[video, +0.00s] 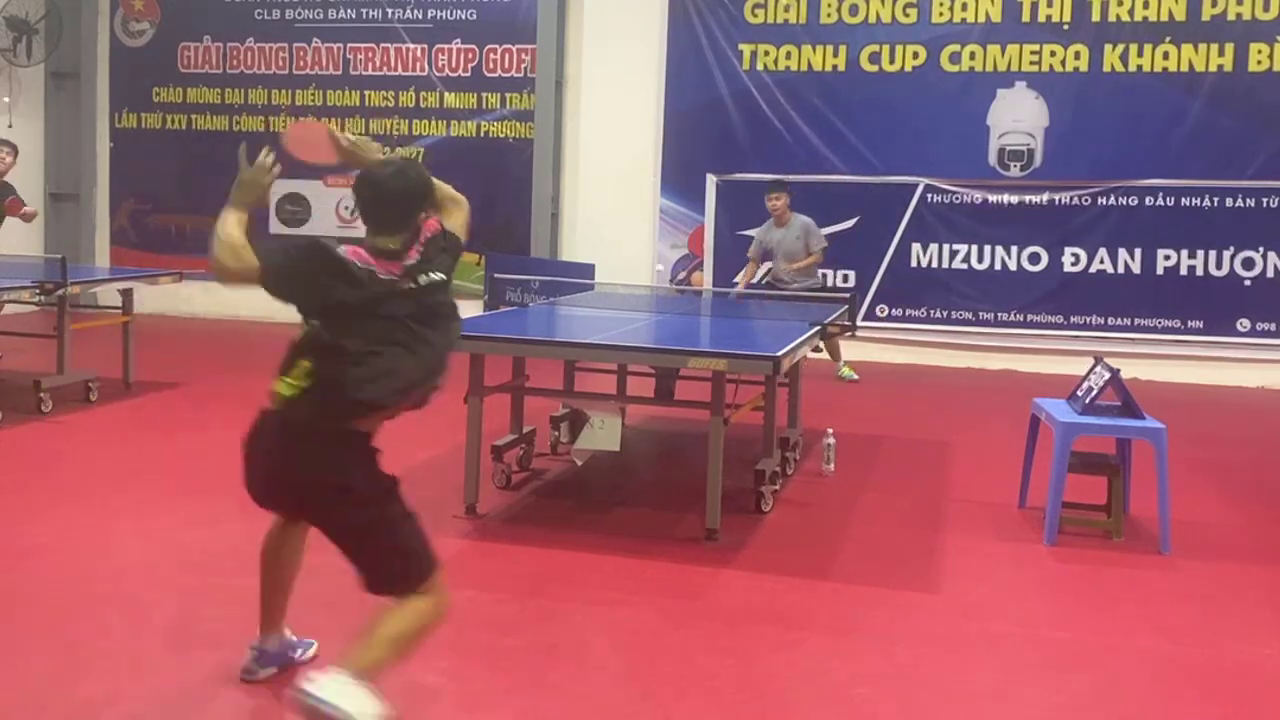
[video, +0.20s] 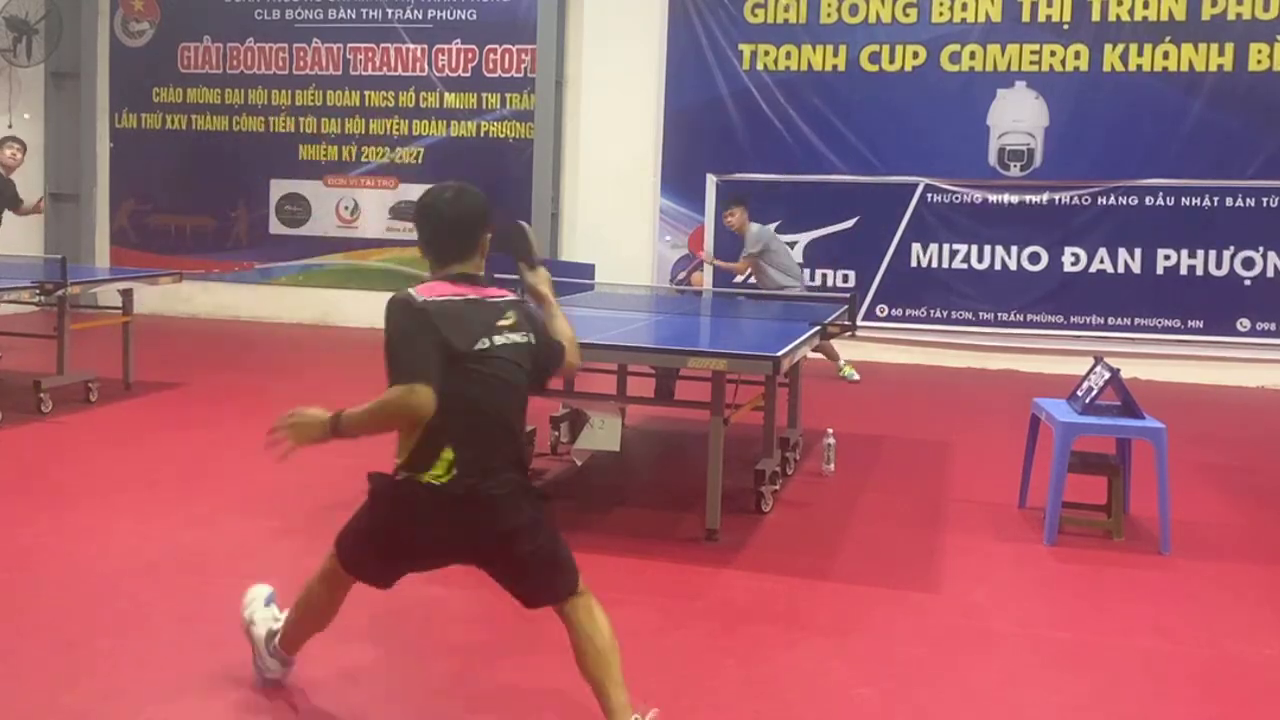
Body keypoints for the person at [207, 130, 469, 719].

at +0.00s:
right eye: (425, 202)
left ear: (360, 215)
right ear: (421, 219)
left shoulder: (324, 265)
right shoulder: (432, 267)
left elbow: (229, 259)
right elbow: (455, 205)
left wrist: (240, 201)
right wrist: (388, 163)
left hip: (272, 443)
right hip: (339, 459)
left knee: (294, 516)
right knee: (427, 597)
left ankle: (269, 642)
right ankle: (343, 680)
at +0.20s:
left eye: (422, 237)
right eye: (484, 236)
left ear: (422, 245)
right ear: (484, 243)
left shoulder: (413, 305)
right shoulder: (517, 308)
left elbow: (416, 401)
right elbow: (565, 353)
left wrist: (330, 423)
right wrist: (546, 298)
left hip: (419, 500)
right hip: (505, 503)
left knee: (338, 570)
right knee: (575, 600)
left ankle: (278, 651)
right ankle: (624, 715)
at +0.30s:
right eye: (515, 201)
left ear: (447, 207)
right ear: (512, 208)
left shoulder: (429, 266)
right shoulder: (556, 289)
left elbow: (414, 342)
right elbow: (608, 358)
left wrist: (335, 371)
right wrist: (599, 299)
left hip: (433, 475)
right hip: (528, 485)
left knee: (340, 545)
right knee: (575, 586)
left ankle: (304, 692)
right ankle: (630, 715)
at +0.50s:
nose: (541, 162)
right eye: (540, 153)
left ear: (463, 159)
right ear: (535, 163)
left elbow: (327, 303)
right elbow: (617, 384)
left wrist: (333, 369)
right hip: (504, 463)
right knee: (573, 632)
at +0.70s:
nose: (575, 280)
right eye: (575, 267)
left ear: (488, 270)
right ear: (569, 279)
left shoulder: (437, 346)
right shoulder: (554, 385)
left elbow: (369, 446)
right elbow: (534, 533)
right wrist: (619, 616)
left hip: (343, 588)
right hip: (445, 607)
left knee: (309, 714)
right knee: (569, 715)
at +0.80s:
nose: (564, 289)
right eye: (565, 277)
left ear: (476, 277)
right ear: (555, 291)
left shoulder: (430, 347)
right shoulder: (498, 392)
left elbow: (415, 494)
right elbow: (407, 520)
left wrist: (522, 529)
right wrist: (469, 671)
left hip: (286, 607)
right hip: (370, 624)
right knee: (512, 714)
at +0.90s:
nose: (542, 288)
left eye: (543, 274)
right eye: (542, 276)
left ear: (455, 265)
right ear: (532, 286)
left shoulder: (398, 334)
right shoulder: (453, 369)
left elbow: (355, 462)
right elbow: (334, 486)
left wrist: (419, 547)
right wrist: (379, 641)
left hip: (206, 564)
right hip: (274, 582)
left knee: (259, 703)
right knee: (421, 708)